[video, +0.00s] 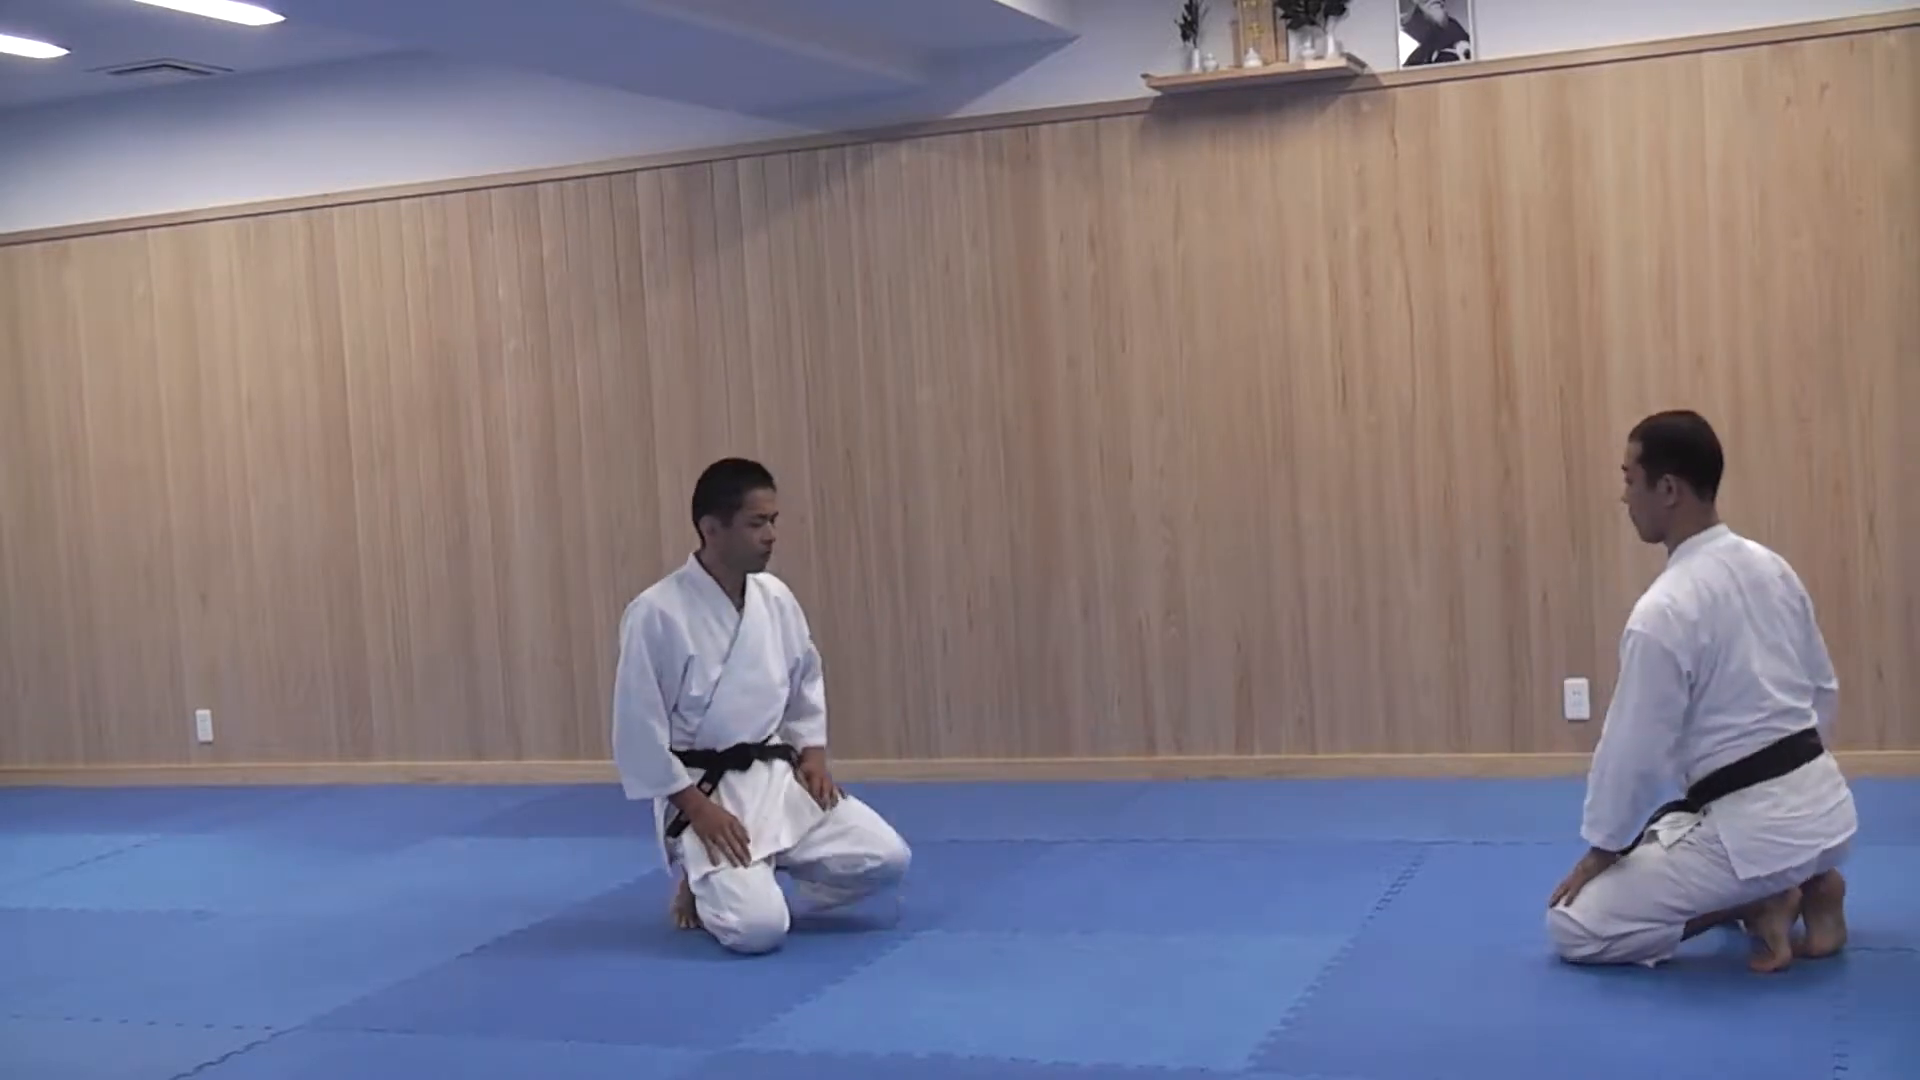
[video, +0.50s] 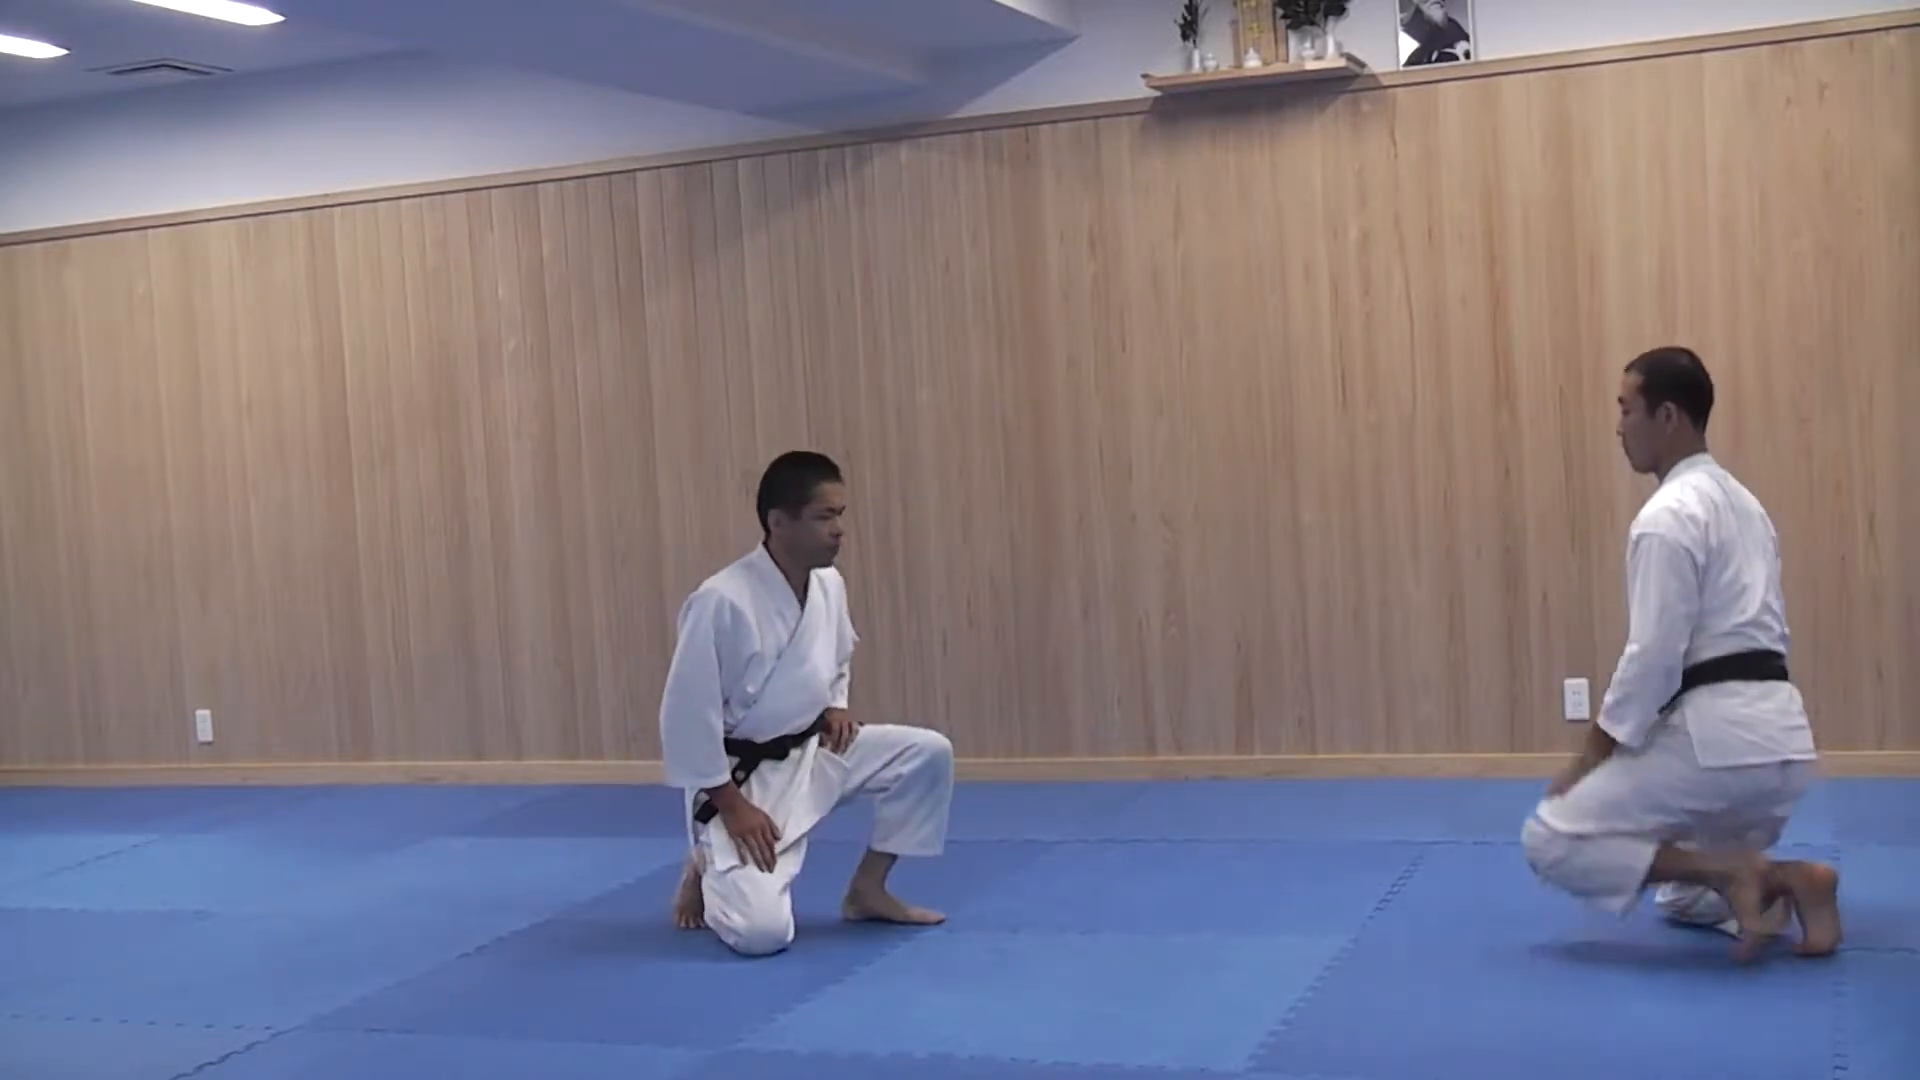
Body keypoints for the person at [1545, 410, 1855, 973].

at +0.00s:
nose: (1623, 494)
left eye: (1629, 479)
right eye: (1624, 478)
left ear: (1669, 490)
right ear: (1680, 488)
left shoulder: (1665, 609)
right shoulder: (1771, 567)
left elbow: (1634, 755)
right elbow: (1821, 689)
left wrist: (1602, 852)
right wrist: (1797, 776)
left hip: (1749, 840)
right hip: (1828, 815)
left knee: (1575, 929)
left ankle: (1753, 905)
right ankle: (1811, 884)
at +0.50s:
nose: (1619, 427)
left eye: (1626, 410)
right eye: (1620, 410)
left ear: (1669, 416)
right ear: (1681, 417)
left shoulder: (1668, 516)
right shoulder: (1747, 505)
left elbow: (1652, 659)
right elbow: (1761, 642)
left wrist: (1586, 761)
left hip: (1718, 740)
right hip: (1784, 737)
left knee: (1551, 838)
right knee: (1684, 897)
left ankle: (1730, 870)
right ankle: (1796, 884)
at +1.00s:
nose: (1515, 397)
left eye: (1525, 382)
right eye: (1516, 381)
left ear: (1567, 388)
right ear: (1576, 388)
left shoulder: (1574, 482)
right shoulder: (1658, 460)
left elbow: (1542, 613)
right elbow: (1707, 571)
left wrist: (1503, 687)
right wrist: (1624, 646)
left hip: (1650, 690)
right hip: (1713, 692)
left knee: (1473, 747)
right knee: (1679, 892)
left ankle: (1560, 908)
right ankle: (1810, 885)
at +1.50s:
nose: (1500, 250)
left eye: (1508, 233)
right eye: (1501, 233)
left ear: (1548, 237)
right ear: (1575, 238)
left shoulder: (1552, 341)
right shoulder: (1649, 309)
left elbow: (1543, 481)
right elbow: (1695, 429)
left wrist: (1538, 600)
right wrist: (1623, 524)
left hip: (1644, 552)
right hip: (1720, 536)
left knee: (1550, 718)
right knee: (1735, 737)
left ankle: (1563, 905)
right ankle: (1847, 909)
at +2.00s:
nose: (1563, 217)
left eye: (1573, 201)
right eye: (1565, 201)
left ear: (1618, 208)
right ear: (1626, 209)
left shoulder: (1637, 307)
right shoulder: (1663, 285)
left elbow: (1660, 442)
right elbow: (1672, 433)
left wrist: (1624, 551)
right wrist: (1617, 526)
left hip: (1698, 544)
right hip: (1737, 530)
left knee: (1600, 711)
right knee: (1769, 724)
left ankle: (1611, 909)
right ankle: (1855, 914)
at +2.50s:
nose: (1508, 200)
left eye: (1519, 183)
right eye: (1508, 185)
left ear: (1566, 187)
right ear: (1560, 189)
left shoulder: (1613, 289)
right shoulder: (1551, 296)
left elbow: (1654, 409)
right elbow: (1528, 424)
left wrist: (1571, 478)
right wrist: (1462, 490)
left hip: (1608, 547)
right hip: (1552, 548)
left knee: (1579, 734)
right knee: (1501, 723)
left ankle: (1610, 915)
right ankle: (1547, 890)